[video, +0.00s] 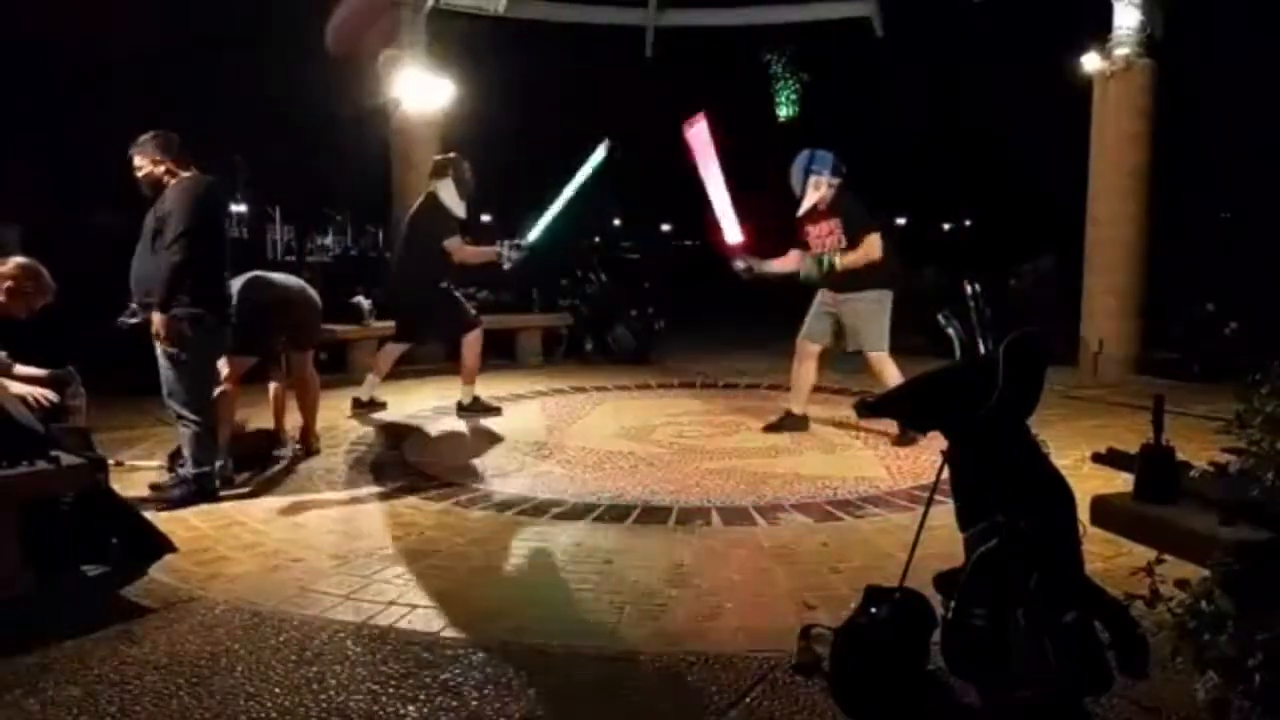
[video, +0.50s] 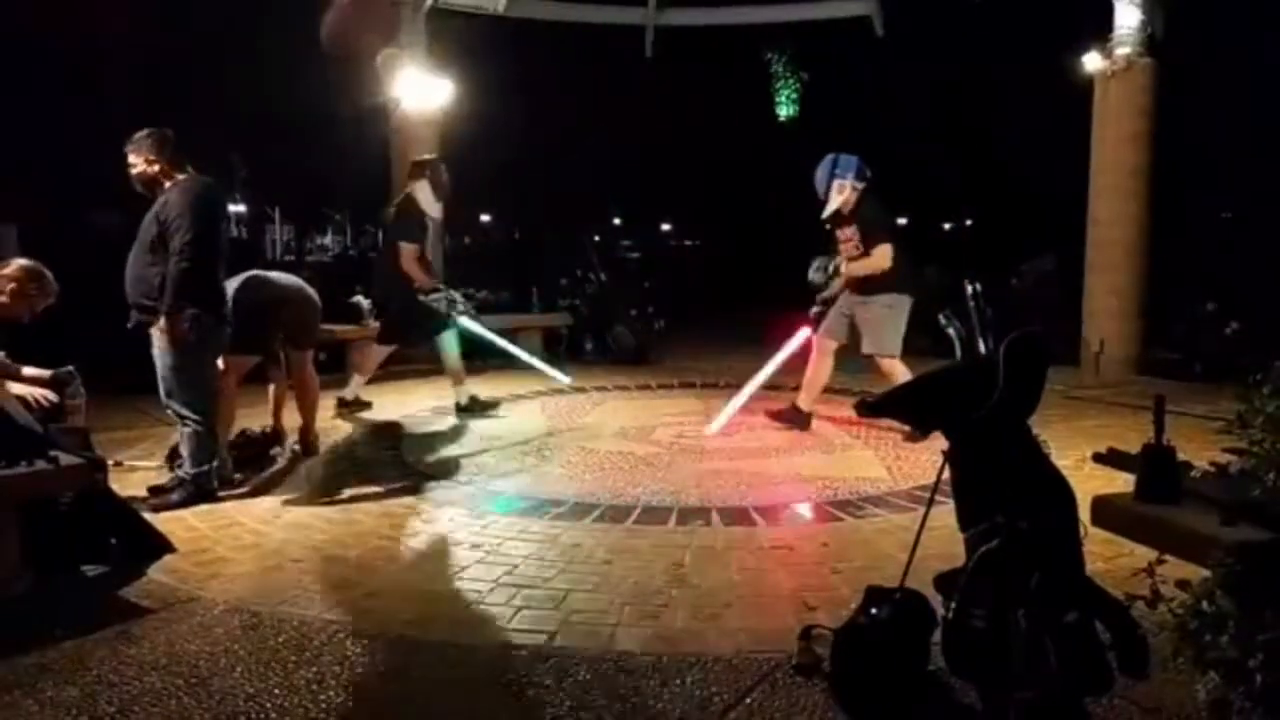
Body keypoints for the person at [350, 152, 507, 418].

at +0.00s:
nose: (470, 182)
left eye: (469, 176)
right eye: (465, 176)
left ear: (438, 177)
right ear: (453, 178)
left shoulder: (430, 203)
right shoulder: (439, 206)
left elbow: (457, 252)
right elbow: (459, 253)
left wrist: (496, 252)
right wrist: (499, 253)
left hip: (409, 284)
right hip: (428, 285)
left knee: (403, 337)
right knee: (472, 329)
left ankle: (365, 394)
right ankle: (468, 399)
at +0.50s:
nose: (447, 181)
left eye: (446, 175)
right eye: (442, 175)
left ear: (424, 177)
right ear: (429, 178)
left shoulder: (427, 204)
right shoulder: (410, 209)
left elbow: (421, 255)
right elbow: (407, 260)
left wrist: (437, 287)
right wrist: (433, 288)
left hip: (409, 286)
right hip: (404, 287)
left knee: (387, 339)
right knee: (445, 329)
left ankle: (349, 394)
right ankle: (463, 396)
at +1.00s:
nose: (425, 180)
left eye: (424, 174)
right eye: (421, 173)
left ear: (399, 173)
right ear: (408, 173)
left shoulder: (391, 199)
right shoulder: (388, 201)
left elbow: (408, 245)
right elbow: (407, 247)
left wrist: (441, 252)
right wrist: (443, 253)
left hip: (379, 282)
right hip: (386, 284)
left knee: (373, 337)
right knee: (430, 324)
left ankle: (348, 394)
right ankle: (429, 391)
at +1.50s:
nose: (444, 175)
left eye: (441, 169)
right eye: (440, 170)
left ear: (414, 173)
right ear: (429, 173)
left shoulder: (411, 199)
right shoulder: (408, 203)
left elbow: (426, 248)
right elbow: (429, 253)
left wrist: (460, 255)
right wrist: (464, 259)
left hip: (392, 281)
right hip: (404, 283)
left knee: (381, 335)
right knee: (440, 329)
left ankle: (343, 389)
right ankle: (449, 395)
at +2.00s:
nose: (392, 177)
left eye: (393, 171)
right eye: (388, 171)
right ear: (375, 170)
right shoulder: (361, 197)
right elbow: (378, 243)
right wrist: (415, 246)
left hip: (347, 272)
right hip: (358, 274)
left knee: (346, 332)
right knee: (391, 327)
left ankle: (323, 391)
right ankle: (384, 391)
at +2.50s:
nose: (411, 173)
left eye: (410, 167)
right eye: (407, 167)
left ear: (387, 169)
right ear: (394, 167)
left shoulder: (376, 197)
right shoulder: (378, 200)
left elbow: (389, 243)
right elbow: (391, 247)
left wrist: (422, 245)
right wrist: (426, 251)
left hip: (366, 282)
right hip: (378, 284)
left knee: (354, 336)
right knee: (416, 330)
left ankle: (324, 392)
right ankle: (434, 395)